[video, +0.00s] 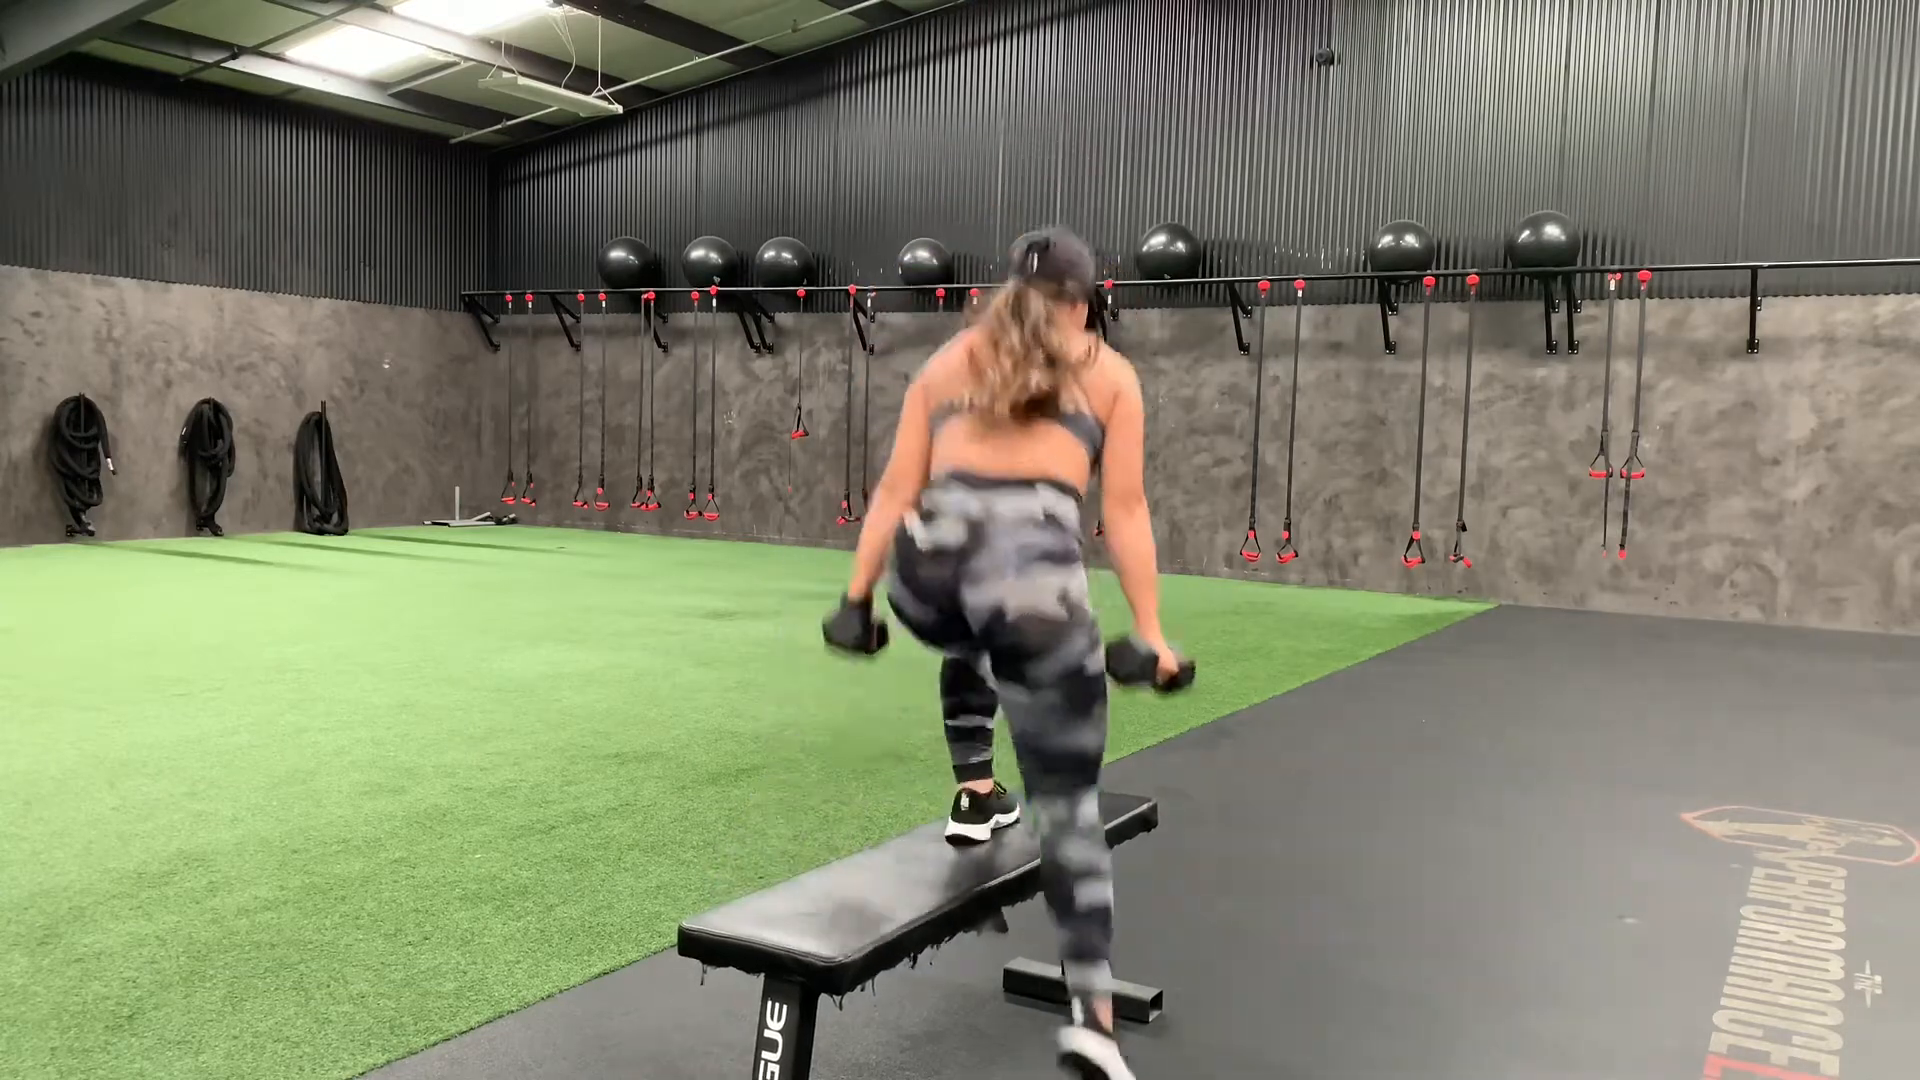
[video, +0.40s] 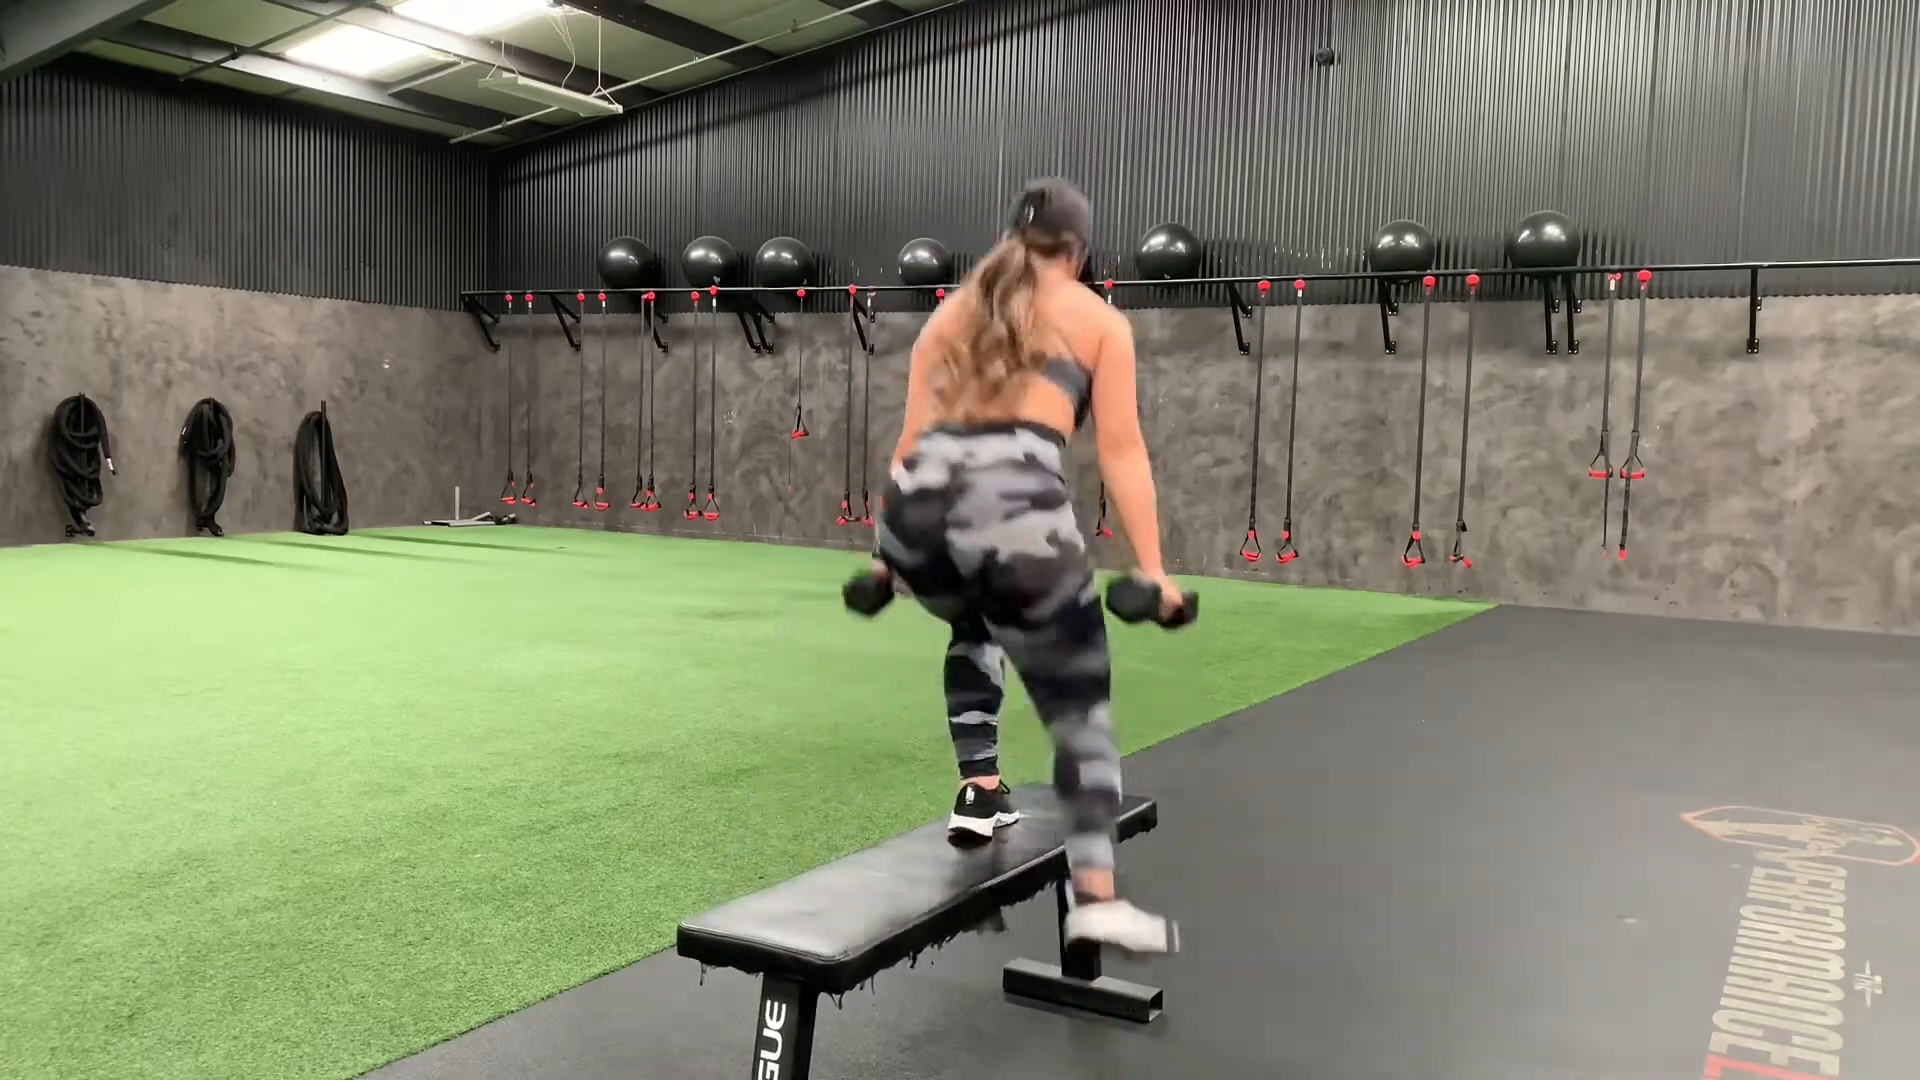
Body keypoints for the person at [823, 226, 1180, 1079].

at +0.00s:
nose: (1096, 309)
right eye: (1096, 296)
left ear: (1007, 291)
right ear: (1088, 299)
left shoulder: (949, 362)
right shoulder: (1111, 374)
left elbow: (898, 487)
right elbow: (1124, 510)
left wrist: (856, 595)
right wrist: (1150, 632)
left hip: (928, 564)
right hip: (1036, 569)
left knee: (965, 637)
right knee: (1066, 806)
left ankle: (974, 790)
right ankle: (1092, 1016)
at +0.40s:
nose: (1079, 263)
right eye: (1083, 252)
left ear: (1012, 240)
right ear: (1079, 249)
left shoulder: (950, 314)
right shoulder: (1098, 321)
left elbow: (912, 443)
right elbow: (1121, 448)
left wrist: (888, 557)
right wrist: (1154, 571)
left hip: (922, 517)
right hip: (1020, 515)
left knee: (973, 625)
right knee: (1076, 706)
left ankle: (980, 787)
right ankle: (1095, 894)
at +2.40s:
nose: (1048, 404)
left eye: (1051, 391)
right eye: (1051, 390)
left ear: (981, 373)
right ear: (1037, 386)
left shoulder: (919, 432)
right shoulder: (1035, 459)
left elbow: (889, 554)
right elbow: (1043, 605)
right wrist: (1060, 739)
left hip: (834, 662)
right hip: (926, 668)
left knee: (807, 858)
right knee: (1042, 659)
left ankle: (707, 1029)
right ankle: (981, 811)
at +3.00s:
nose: (1097, 243)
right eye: (1098, 230)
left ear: (1021, 223)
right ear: (1098, 231)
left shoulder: (953, 288)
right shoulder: (1120, 303)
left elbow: (906, 407)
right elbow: (1121, 433)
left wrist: (866, 509)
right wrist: (1128, 560)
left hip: (909, 470)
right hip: (1016, 470)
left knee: (966, 608)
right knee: (1060, 681)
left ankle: (988, 783)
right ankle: (1070, 870)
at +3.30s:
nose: (1074, 414)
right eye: (1074, 403)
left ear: (997, 394)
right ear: (1070, 399)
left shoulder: (950, 474)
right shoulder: (1107, 481)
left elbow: (908, 612)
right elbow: (1138, 621)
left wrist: (880, 722)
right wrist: (1168, 741)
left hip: (958, 698)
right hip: (1064, 697)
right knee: (1077, 906)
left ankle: (997, 791)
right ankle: (1091, 1065)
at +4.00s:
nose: (1012, 443)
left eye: (1013, 429)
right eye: (1012, 428)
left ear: (945, 417)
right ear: (995, 424)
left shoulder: (891, 476)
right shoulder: (991, 501)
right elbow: (994, 641)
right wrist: (1011, 771)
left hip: (794, 702)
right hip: (877, 708)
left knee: (786, 890)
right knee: (1028, 633)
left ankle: (649, 1037)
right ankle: (971, 812)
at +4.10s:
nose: (1037, 404)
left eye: (1033, 392)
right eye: (1040, 392)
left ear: (971, 374)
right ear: (1034, 388)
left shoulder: (919, 430)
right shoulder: (1028, 454)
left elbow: (897, 548)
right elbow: (1022, 595)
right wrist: (1031, 730)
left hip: (812, 654)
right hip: (898, 661)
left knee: (762, 848)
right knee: (1039, 641)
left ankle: (663, 1015)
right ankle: (966, 811)